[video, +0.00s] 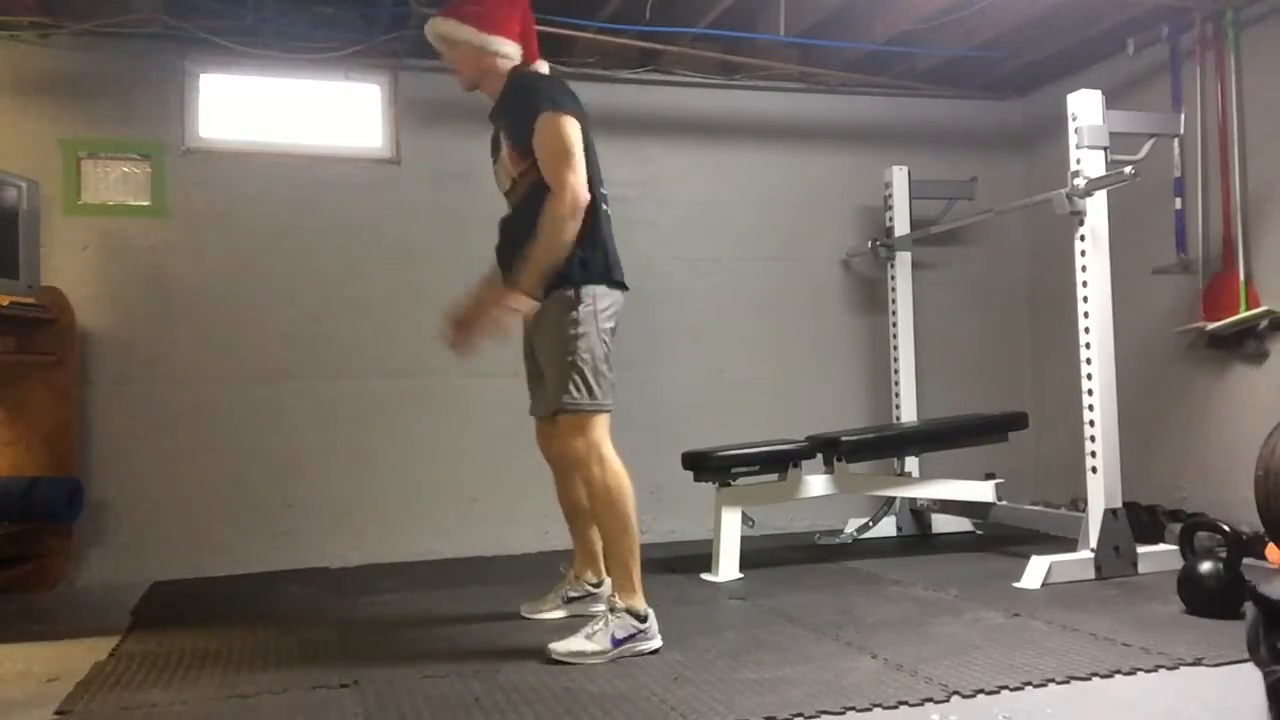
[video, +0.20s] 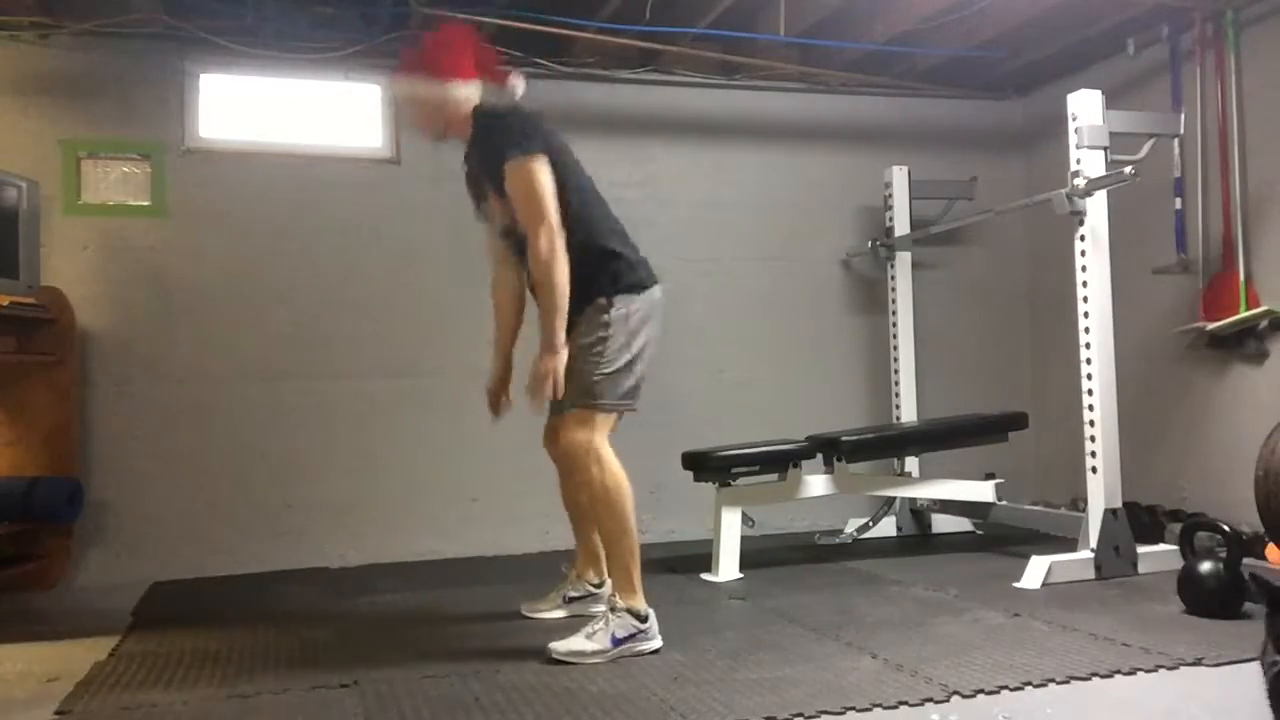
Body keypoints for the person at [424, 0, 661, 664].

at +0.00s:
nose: (447, 63)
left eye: (453, 48)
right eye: (445, 51)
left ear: (491, 46)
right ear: (485, 50)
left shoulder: (540, 93)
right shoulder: (502, 113)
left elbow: (572, 196)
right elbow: (525, 224)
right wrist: (483, 302)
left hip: (579, 290)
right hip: (550, 295)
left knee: (586, 442)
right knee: (558, 441)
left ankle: (633, 610)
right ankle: (591, 578)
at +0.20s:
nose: (410, 110)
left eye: (416, 94)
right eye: (408, 95)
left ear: (451, 86)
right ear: (451, 88)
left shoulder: (508, 129)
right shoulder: (481, 157)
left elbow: (547, 238)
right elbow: (506, 264)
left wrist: (553, 344)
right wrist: (502, 358)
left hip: (616, 296)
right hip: (584, 304)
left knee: (583, 440)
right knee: (564, 439)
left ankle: (635, 613)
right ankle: (591, 577)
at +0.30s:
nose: (392, 173)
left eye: (397, 155)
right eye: (389, 159)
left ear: (433, 147)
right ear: (436, 148)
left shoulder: (498, 187)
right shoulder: (474, 204)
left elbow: (529, 306)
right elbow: (494, 316)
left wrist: (528, 412)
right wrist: (488, 414)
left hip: (636, 311)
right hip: (602, 318)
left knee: (573, 444)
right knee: (549, 442)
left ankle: (634, 614)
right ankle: (592, 578)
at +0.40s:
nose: (397, 263)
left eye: (396, 246)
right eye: (388, 251)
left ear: (430, 224)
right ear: (429, 227)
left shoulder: (493, 254)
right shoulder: (471, 275)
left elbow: (507, 383)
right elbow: (479, 383)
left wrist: (494, 488)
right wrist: (464, 480)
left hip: (647, 336)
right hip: (612, 342)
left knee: (558, 450)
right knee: (532, 447)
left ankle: (634, 613)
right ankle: (590, 579)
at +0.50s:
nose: (387, 332)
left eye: (388, 316)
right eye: (380, 320)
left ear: (417, 297)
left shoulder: (488, 317)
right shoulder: (467, 328)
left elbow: (478, 448)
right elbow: (464, 445)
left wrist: (453, 553)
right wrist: (440, 542)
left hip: (649, 365)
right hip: (612, 367)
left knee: (542, 462)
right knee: (519, 459)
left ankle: (632, 615)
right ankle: (591, 580)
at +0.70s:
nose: (369, 424)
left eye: (369, 408)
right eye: (360, 414)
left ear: (395, 386)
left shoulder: (459, 396)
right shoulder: (441, 407)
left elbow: (435, 534)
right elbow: (436, 530)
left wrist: (406, 643)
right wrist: (411, 614)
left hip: (630, 427)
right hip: (607, 427)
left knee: (502, 485)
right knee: (483, 484)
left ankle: (624, 607)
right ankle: (581, 582)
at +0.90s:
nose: (350, 464)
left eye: (342, 453)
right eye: (338, 459)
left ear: (355, 423)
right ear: (360, 409)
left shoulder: (414, 409)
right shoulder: (410, 410)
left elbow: (413, 545)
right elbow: (417, 535)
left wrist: (410, 653)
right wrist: (409, 619)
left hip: (586, 416)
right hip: (572, 415)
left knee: (465, 494)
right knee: (467, 486)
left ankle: (606, 593)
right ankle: (571, 574)